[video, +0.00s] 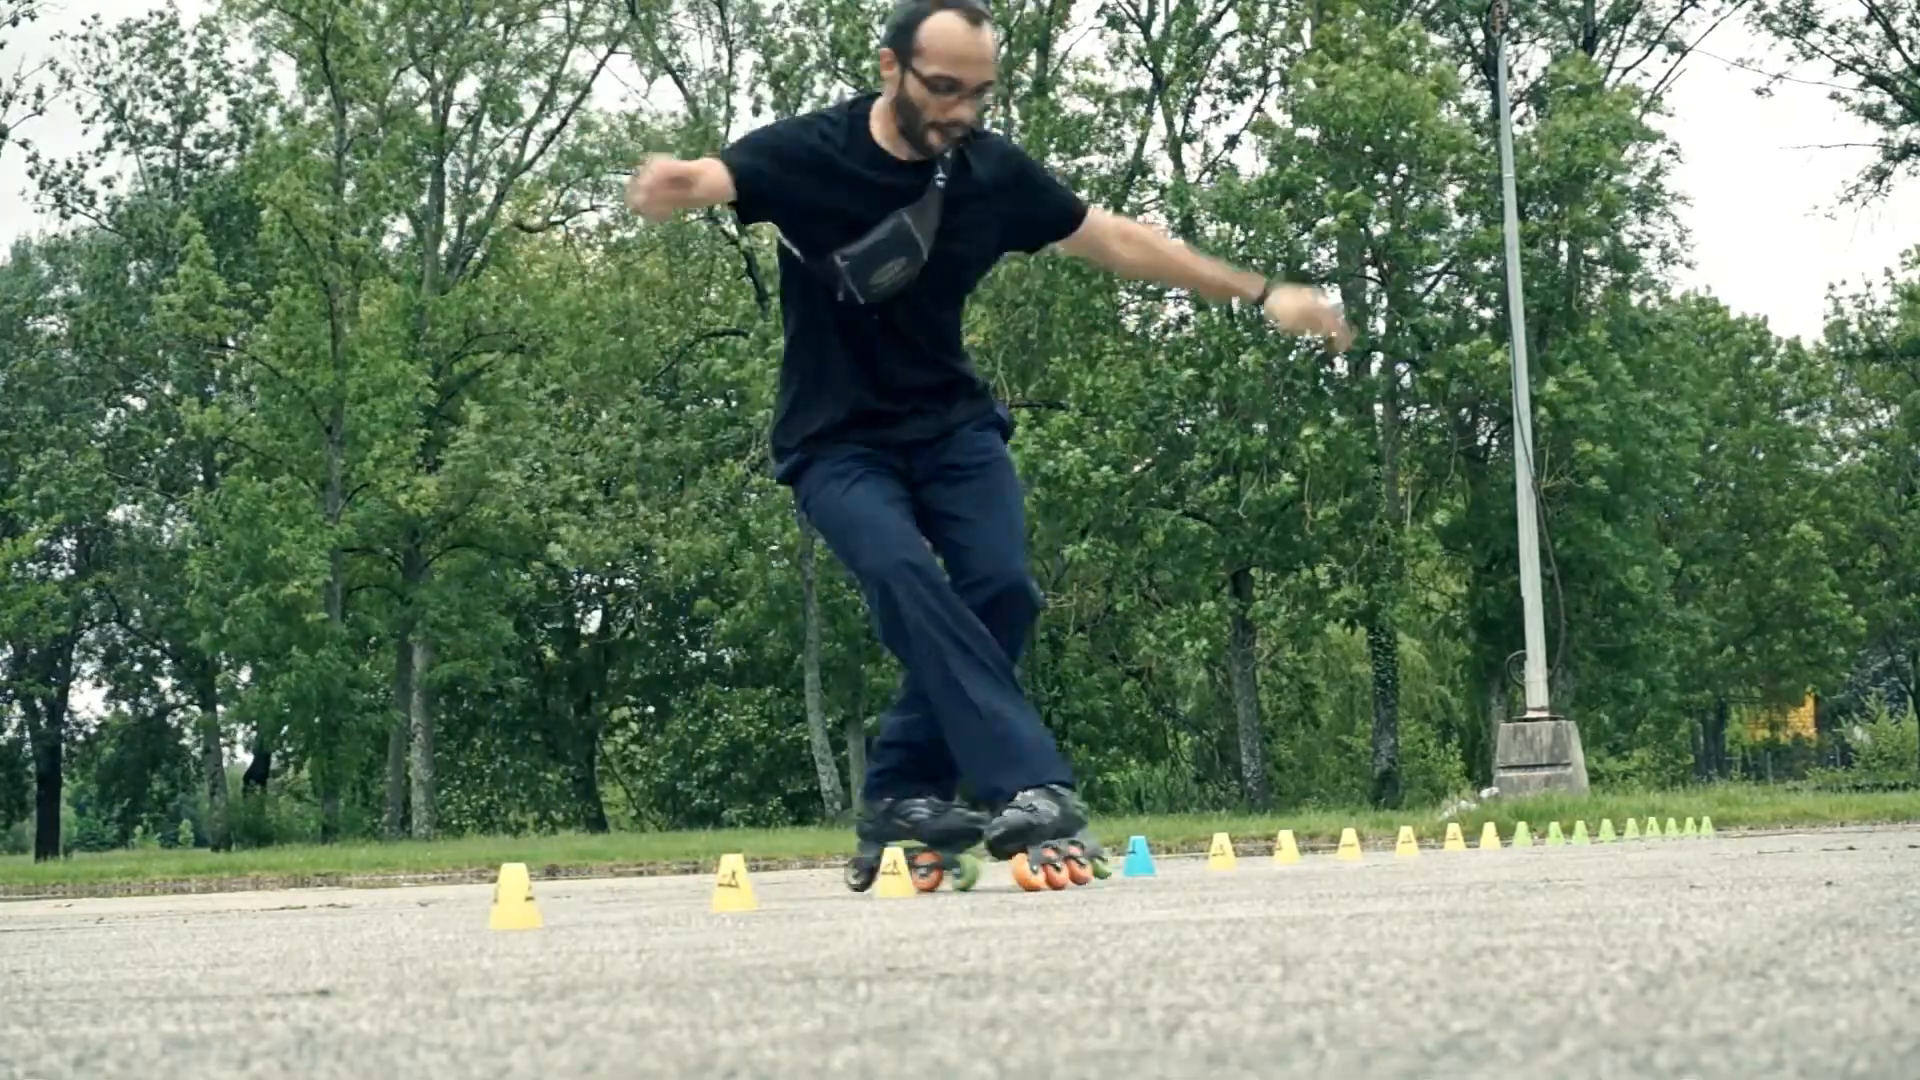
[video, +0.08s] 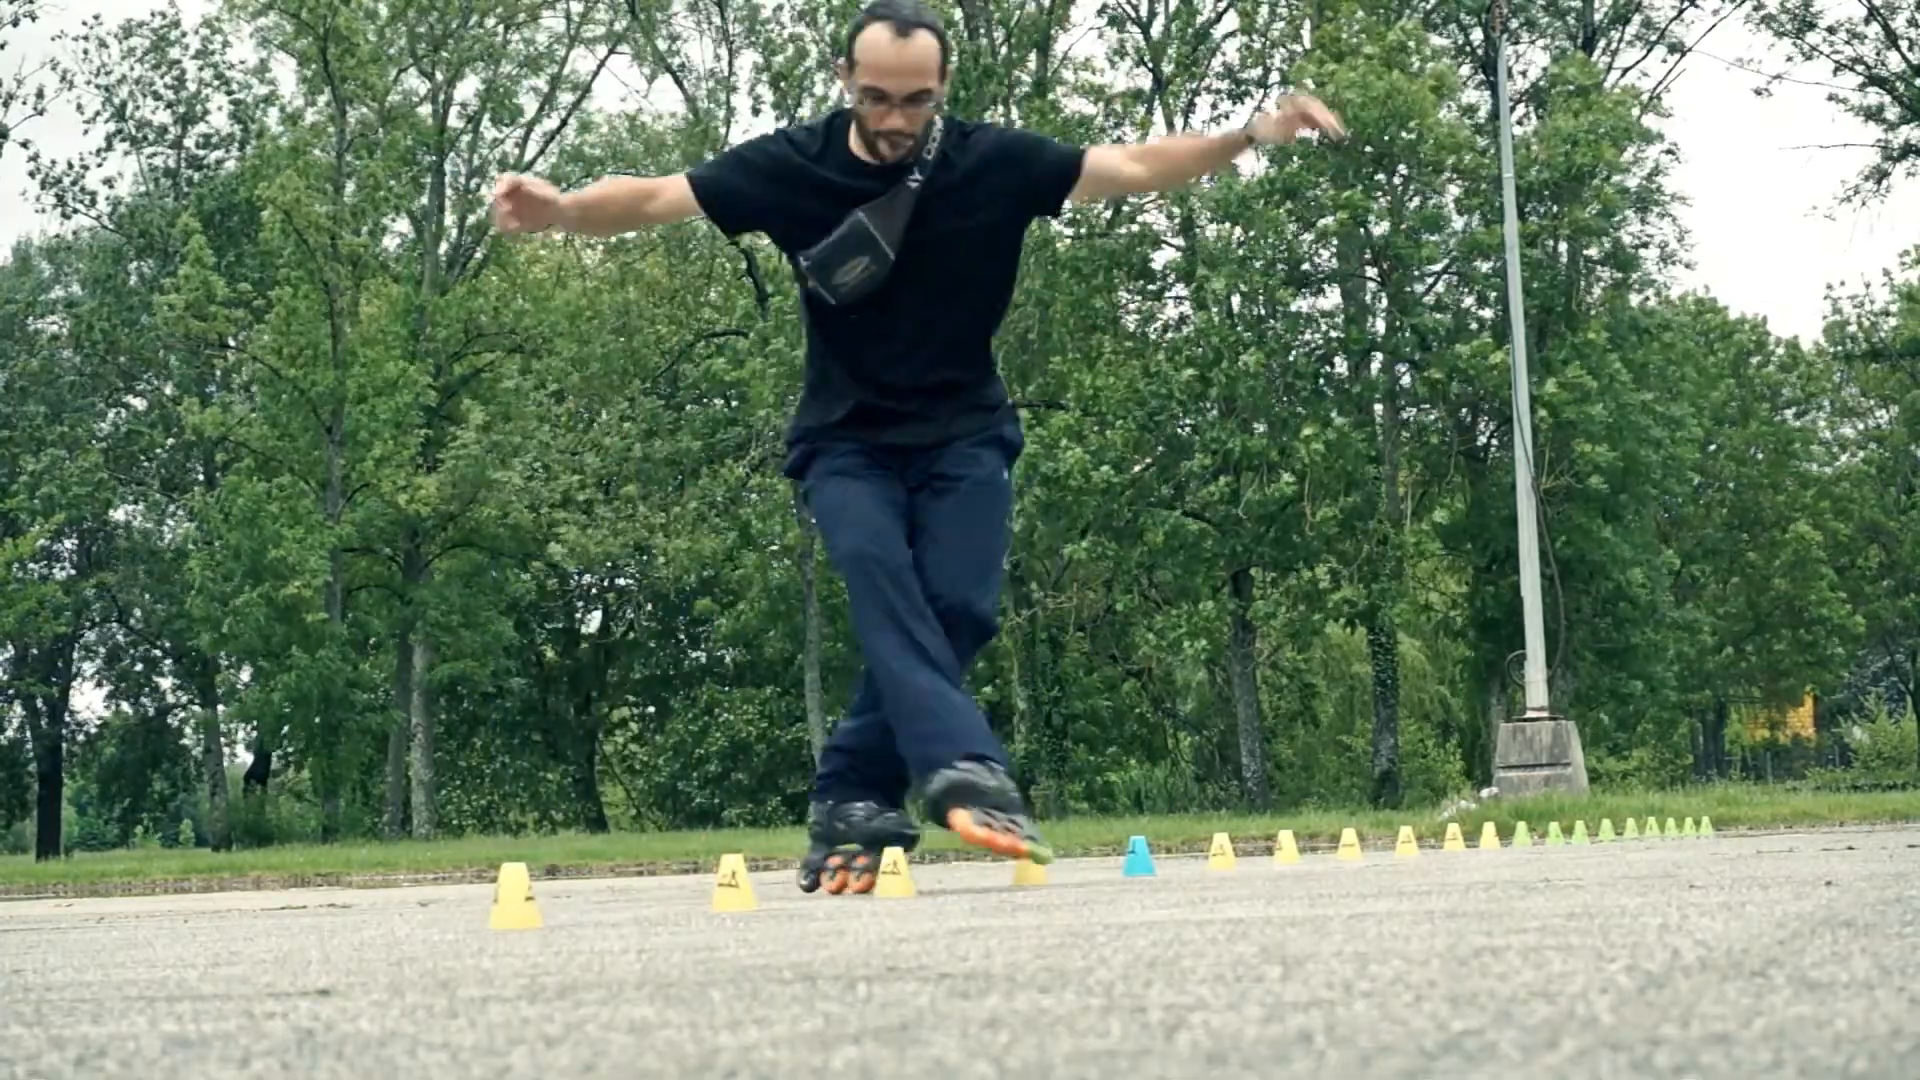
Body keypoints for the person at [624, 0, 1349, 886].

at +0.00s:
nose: (961, 110)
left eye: (978, 93)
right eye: (942, 88)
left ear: (992, 84)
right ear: (889, 71)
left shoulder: (996, 174)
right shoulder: (810, 152)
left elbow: (1118, 242)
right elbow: (709, 181)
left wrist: (1263, 293)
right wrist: (665, 187)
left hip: (951, 423)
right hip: (834, 434)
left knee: (1003, 586)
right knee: (902, 576)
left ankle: (904, 794)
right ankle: (1026, 788)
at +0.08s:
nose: (893, 123)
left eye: (914, 104)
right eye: (876, 100)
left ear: (943, 90)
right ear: (848, 83)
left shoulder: (996, 161)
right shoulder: (798, 162)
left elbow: (1131, 168)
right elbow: (662, 196)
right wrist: (562, 210)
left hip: (964, 431)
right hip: (846, 434)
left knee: (962, 608)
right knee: (870, 567)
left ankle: (850, 807)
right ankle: (969, 776)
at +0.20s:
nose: (833, 130)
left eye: (849, 109)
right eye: (820, 112)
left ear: (903, 93)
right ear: (811, 108)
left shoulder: (974, 156)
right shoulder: (808, 185)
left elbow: (1031, 85)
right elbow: (691, 221)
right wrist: (557, 238)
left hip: (986, 440)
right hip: (877, 434)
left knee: (908, 623)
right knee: (828, 525)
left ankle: (836, 805)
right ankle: (835, 730)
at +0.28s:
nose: (818, 137)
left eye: (829, 115)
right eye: (807, 122)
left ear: (889, 96)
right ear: (810, 122)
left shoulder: (963, 160)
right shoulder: (840, 200)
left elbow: (955, 71)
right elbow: (758, 228)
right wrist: (641, 247)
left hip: (994, 447)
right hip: (898, 437)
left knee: (890, 628)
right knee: (801, 522)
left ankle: (837, 808)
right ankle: (736, 709)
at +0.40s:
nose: (831, 152)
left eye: (834, 129)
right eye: (821, 137)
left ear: (881, 107)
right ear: (866, 127)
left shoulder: (962, 167)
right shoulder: (910, 209)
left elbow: (886, 61)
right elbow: (926, 278)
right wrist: (885, 278)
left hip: (1016, 456)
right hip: (937, 441)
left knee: (891, 636)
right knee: (787, 521)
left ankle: (875, 818)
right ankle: (651, 691)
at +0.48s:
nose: (852, 151)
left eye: (860, 132)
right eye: (849, 138)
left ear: (906, 117)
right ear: (900, 136)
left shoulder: (973, 167)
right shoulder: (976, 196)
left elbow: (866, 66)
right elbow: (1066, 261)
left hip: (1034, 460)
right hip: (958, 450)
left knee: (907, 640)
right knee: (811, 535)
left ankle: (910, 817)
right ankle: (678, 696)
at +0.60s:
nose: (926, 158)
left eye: (930, 144)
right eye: (926, 145)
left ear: (955, 136)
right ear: (1015, 127)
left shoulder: (982, 172)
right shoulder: (1092, 203)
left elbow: (856, 83)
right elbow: (1198, 266)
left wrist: (850, 5)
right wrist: (1296, 310)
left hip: (1063, 468)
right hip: (1026, 462)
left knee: (950, 638)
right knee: (917, 560)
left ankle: (987, 816)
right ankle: (874, 705)